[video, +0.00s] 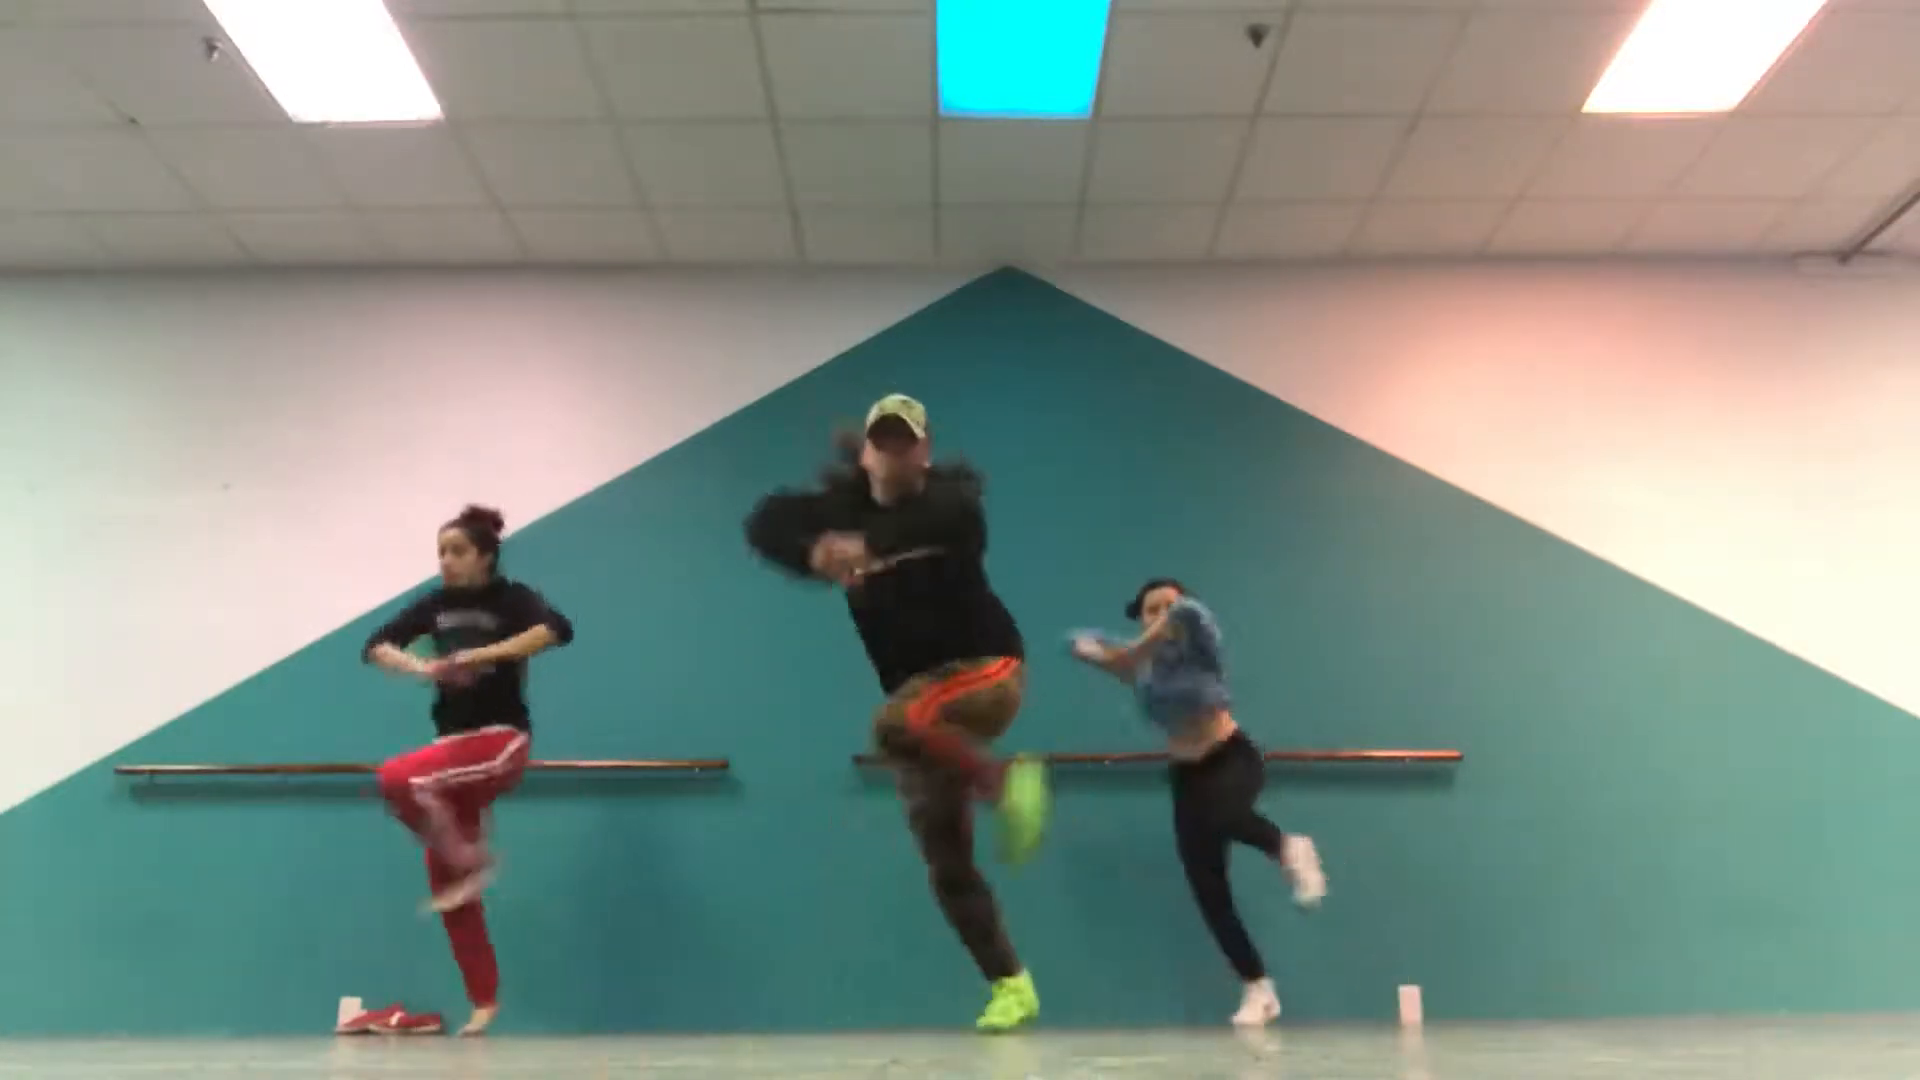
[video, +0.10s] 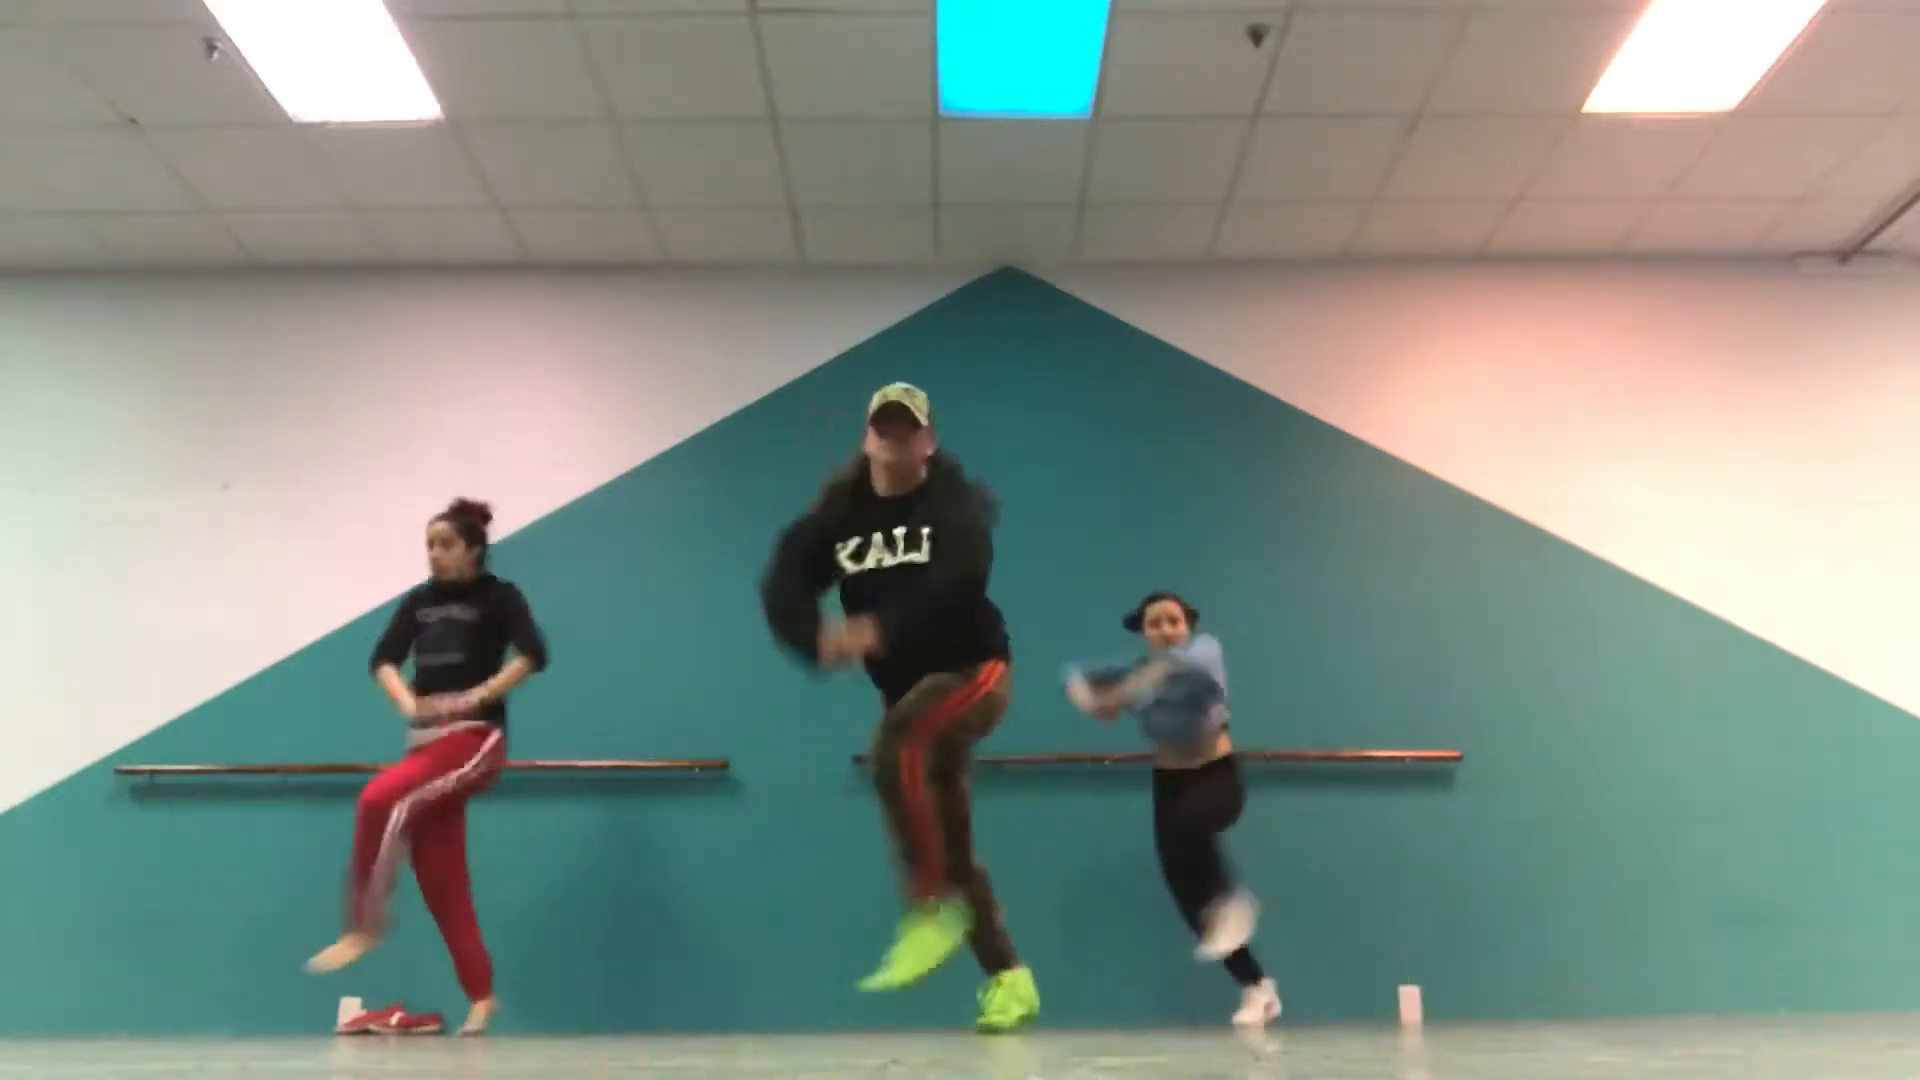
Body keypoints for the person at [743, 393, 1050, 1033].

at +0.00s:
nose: (893, 451)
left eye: (904, 441)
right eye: (882, 440)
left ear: (924, 450)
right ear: (865, 451)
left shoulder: (952, 492)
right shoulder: (844, 505)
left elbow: (948, 520)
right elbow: (765, 522)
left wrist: (868, 544)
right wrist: (817, 548)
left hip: (986, 668)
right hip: (912, 693)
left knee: (898, 723)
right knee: (945, 858)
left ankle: (1008, 785)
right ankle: (1009, 982)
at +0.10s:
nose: (894, 438)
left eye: (907, 429)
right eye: (884, 428)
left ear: (928, 442)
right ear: (867, 438)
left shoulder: (956, 499)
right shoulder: (840, 509)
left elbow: (957, 581)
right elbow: (783, 582)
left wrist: (877, 626)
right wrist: (814, 639)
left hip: (973, 668)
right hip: (904, 685)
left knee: (903, 746)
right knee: (947, 842)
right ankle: (1007, 974)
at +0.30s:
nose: (873, 438)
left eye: (887, 429)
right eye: (865, 426)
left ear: (908, 444)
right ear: (847, 435)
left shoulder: (933, 525)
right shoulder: (809, 516)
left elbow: (939, 625)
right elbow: (800, 619)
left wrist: (897, 709)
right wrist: (821, 708)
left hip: (924, 694)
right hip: (853, 699)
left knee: (871, 822)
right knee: (933, 848)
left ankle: (818, 979)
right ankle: (1008, 980)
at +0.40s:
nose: (850, 410)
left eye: (866, 400)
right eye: (842, 396)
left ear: (890, 415)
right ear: (824, 403)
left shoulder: (910, 492)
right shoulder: (778, 480)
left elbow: (934, 579)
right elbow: (754, 576)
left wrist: (871, 641)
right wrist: (794, 643)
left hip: (889, 668)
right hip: (814, 672)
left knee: (852, 807)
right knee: (856, 825)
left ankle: (817, 979)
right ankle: (973, 950)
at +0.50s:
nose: (818, 410)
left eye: (833, 399)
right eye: (809, 397)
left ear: (857, 407)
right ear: (792, 402)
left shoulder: (882, 475)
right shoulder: (755, 468)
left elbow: (932, 539)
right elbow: (699, 525)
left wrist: (843, 536)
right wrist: (771, 533)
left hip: (859, 664)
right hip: (780, 670)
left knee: (814, 797)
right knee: (755, 800)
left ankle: (812, 975)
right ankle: (874, 877)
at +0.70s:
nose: (768, 398)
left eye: (782, 384)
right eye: (758, 384)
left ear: (806, 390)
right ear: (741, 389)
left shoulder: (837, 472)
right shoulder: (702, 460)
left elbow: (891, 566)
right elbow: (647, 550)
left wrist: (864, 567)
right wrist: (630, 540)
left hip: (796, 660)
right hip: (707, 654)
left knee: (789, 805)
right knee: (622, 744)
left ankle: (803, 978)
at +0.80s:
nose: (754, 372)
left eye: (767, 364)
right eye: (739, 364)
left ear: (786, 392)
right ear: (719, 390)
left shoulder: (816, 484)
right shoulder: (680, 452)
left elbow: (837, 583)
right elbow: (616, 535)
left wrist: (839, 669)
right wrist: (589, 628)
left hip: (759, 674)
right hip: (660, 660)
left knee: (815, 794)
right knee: (574, 790)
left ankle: (767, 970)